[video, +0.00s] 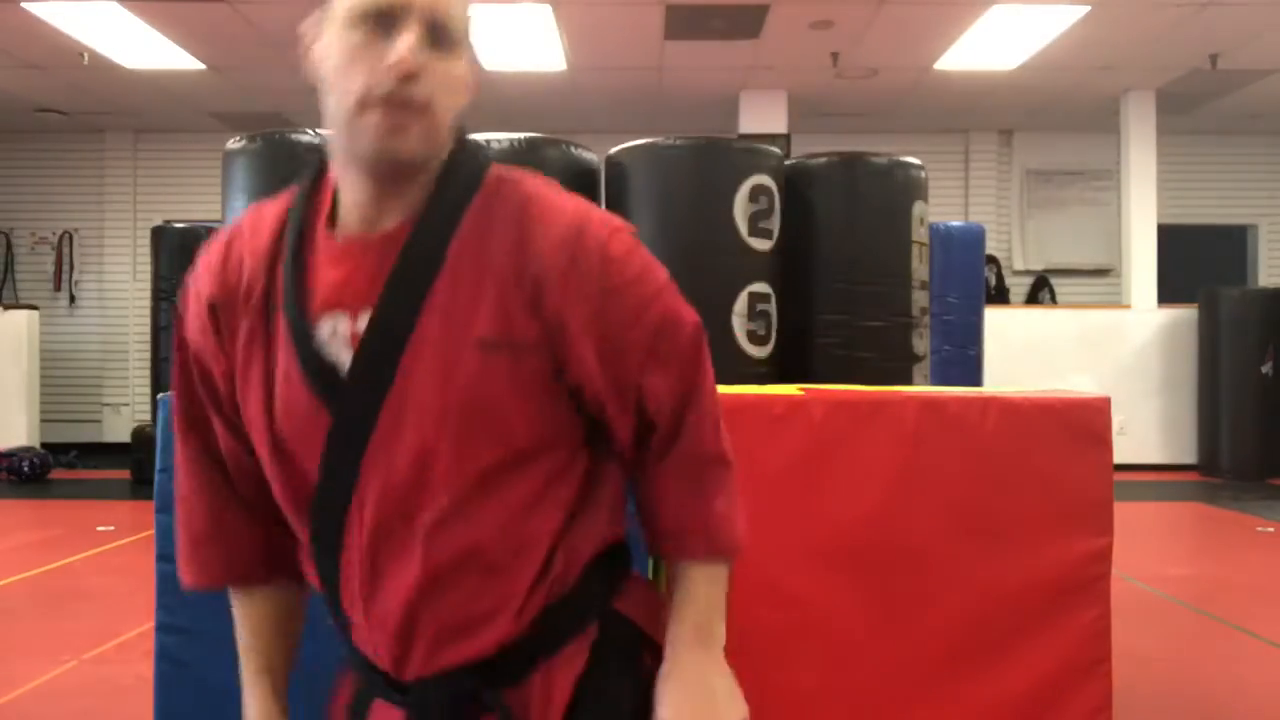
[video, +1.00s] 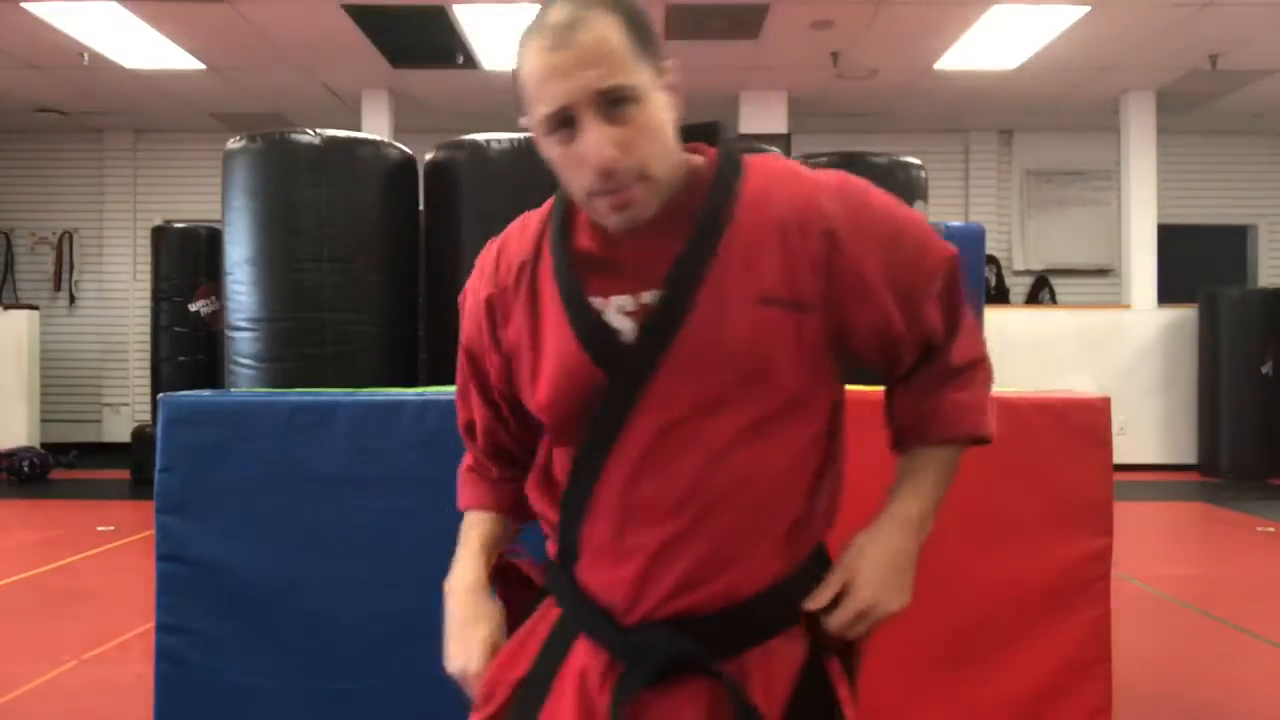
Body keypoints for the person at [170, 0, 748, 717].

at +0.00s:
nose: (407, 58)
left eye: (441, 39)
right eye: (376, 24)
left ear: (470, 81)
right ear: (313, 44)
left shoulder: (562, 245)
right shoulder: (234, 274)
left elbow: (686, 433)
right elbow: (249, 520)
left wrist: (699, 653)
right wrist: (263, 700)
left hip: (574, 682)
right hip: (380, 686)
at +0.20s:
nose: (486, 27)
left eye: (519, 19)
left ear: (531, 69)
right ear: (394, 15)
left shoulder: (602, 229)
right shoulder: (250, 227)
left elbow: (695, 409)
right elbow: (230, 486)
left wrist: (695, 593)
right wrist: (253, 695)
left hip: (555, 682)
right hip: (345, 686)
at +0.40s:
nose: (590, 68)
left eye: (624, 57)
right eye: (571, 31)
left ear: (641, 100)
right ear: (510, 41)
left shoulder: (690, 263)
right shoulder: (348, 224)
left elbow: (752, 449)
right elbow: (289, 495)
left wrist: (761, 613)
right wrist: (283, 705)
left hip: (621, 692)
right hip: (409, 689)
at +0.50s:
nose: (665, 92)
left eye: (694, 71)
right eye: (639, 55)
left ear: (712, 103)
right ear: (572, 64)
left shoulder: (761, 282)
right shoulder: (425, 248)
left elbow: (806, 456)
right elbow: (362, 523)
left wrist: (797, 594)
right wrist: (354, 708)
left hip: (684, 695)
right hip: (473, 694)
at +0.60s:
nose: (710, 125)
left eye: (732, 91)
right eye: (677, 93)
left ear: (759, 105)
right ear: (617, 110)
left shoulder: (828, 288)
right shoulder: (495, 253)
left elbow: (870, 455)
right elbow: (426, 493)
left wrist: (841, 597)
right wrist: (415, 696)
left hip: (726, 697)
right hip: (525, 692)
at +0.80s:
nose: (702, 141)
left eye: (726, 94)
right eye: (664, 104)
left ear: (764, 90)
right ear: (615, 113)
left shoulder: (866, 243)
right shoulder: (526, 249)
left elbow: (947, 379)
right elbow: (468, 427)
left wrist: (907, 548)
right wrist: (461, 588)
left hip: (781, 678)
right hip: (585, 672)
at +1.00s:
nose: (599, 152)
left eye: (618, 105)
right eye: (563, 126)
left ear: (670, 88)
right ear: (537, 141)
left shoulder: (809, 218)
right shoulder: (510, 271)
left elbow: (947, 347)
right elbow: (493, 448)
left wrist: (903, 528)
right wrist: (467, 579)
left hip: (761, 673)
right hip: (575, 668)